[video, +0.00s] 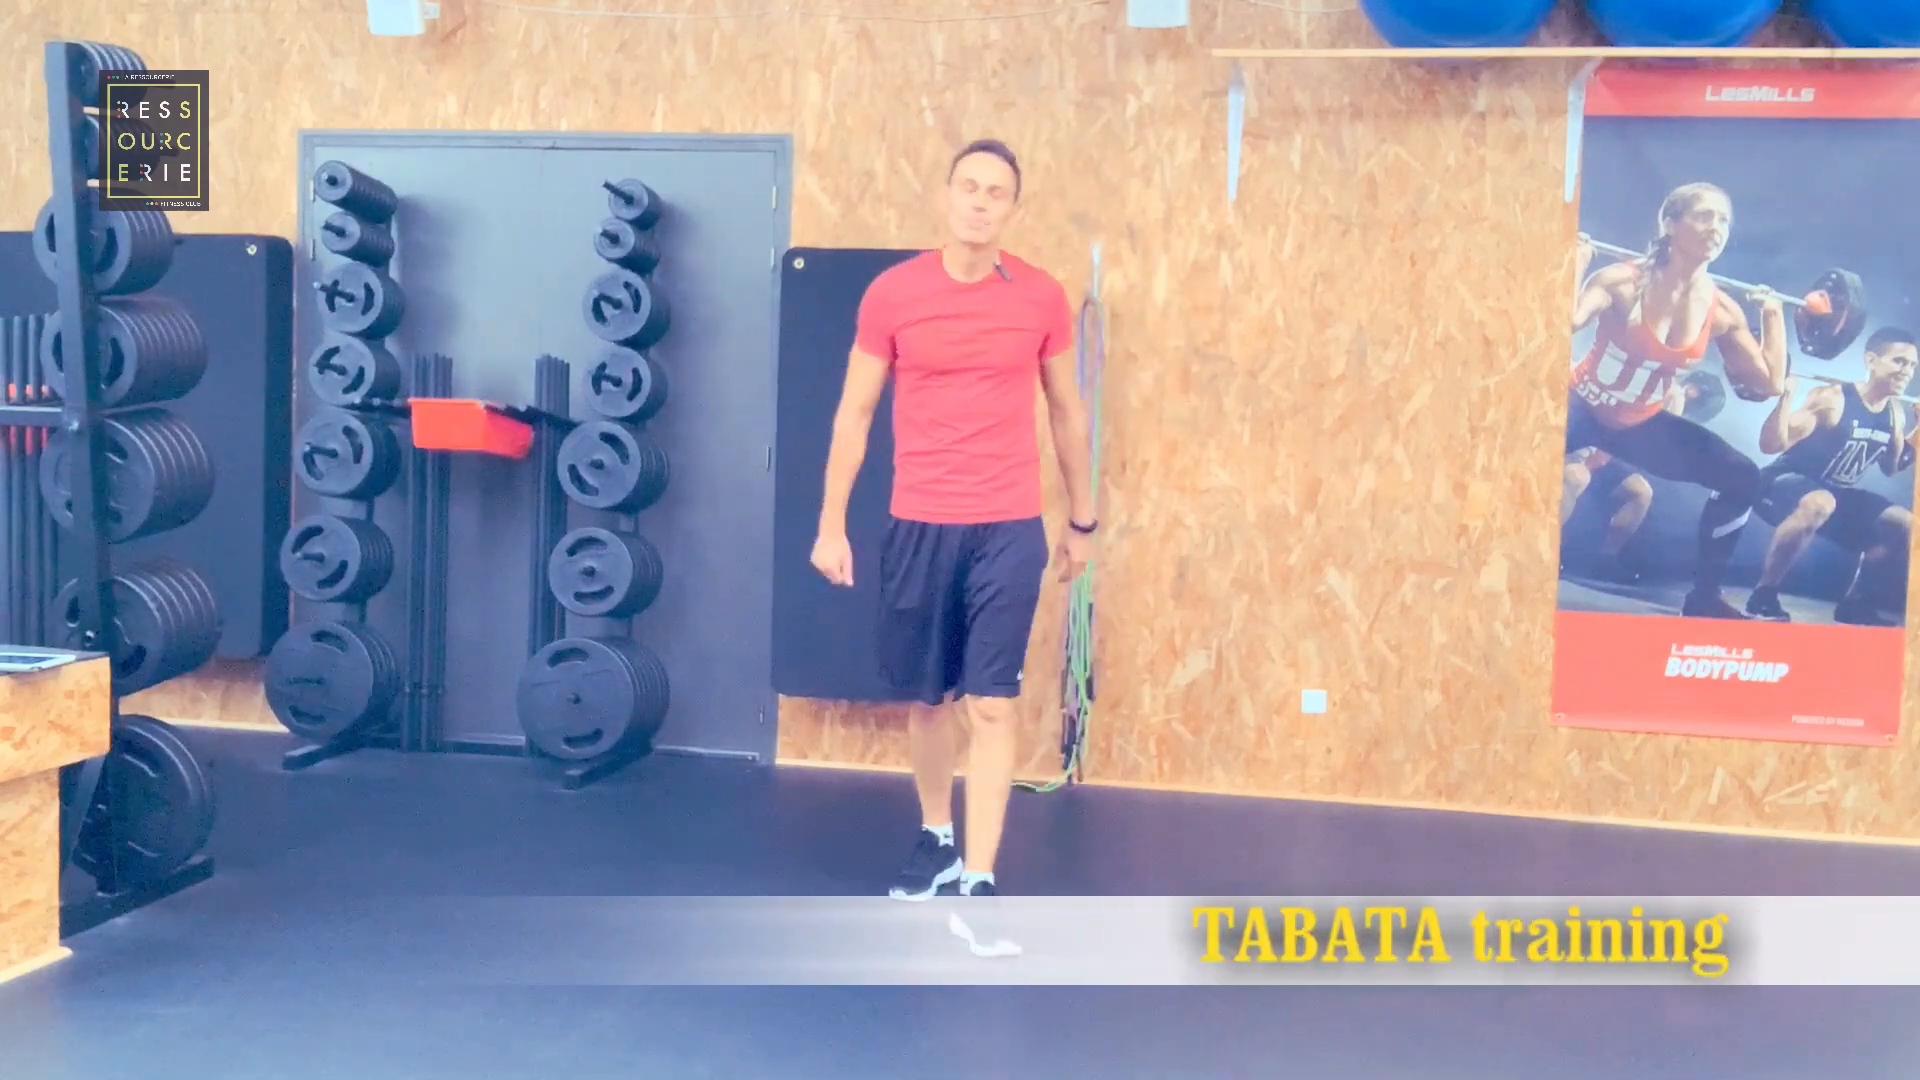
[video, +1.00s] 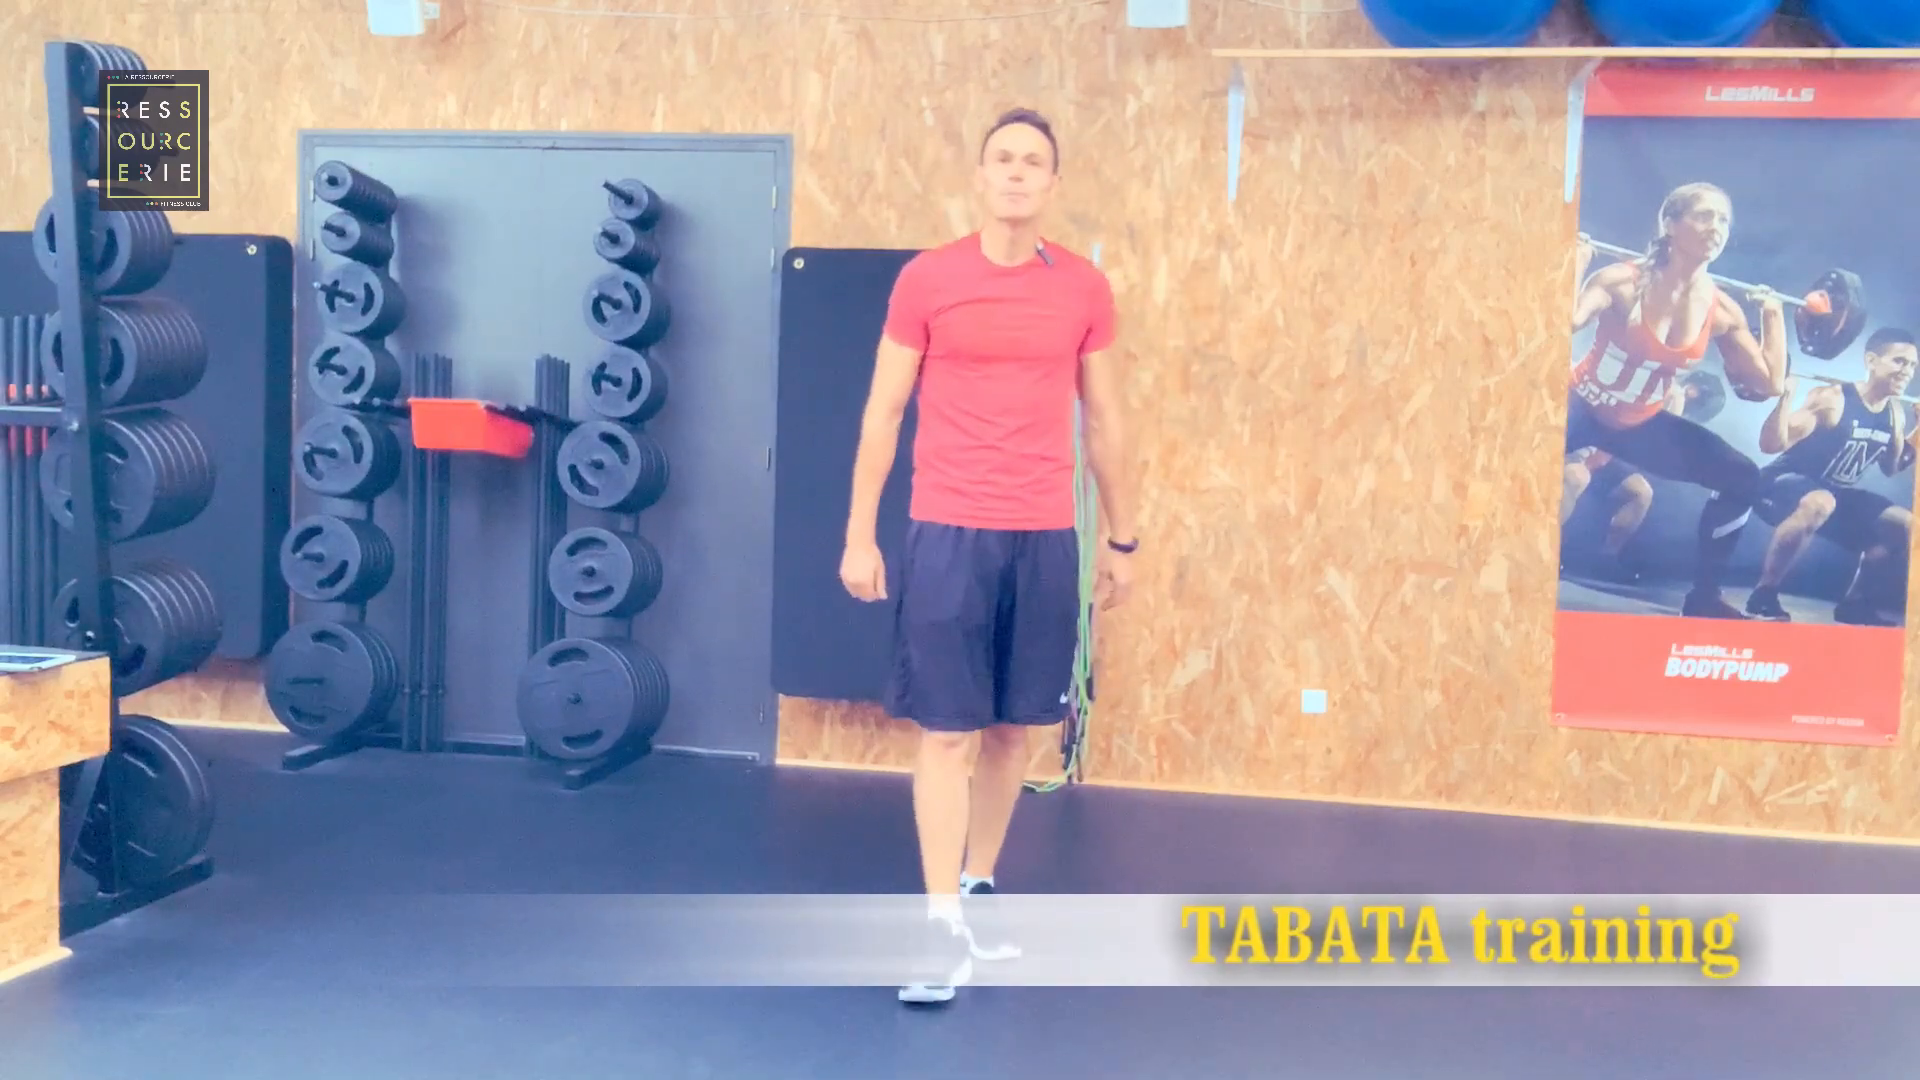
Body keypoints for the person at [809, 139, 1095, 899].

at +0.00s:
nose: (979, 202)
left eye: (995, 193)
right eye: (969, 187)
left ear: (1013, 211)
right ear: (943, 196)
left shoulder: (1043, 300)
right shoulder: (892, 293)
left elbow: (1065, 408)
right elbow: (853, 413)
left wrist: (1081, 515)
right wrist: (830, 525)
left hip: (1010, 530)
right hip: (918, 529)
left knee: (990, 704)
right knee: (927, 701)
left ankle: (978, 883)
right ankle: (937, 840)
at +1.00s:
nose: (1015, 175)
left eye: (1031, 164)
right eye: (1003, 161)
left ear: (1054, 184)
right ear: (977, 175)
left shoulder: (1084, 286)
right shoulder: (927, 277)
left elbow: (1105, 420)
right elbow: (883, 411)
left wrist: (1121, 534)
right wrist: (860, 533)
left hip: (1046, 537)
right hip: (946, 534)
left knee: (1016, 731)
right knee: (948, 732)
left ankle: (972, 890)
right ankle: (941, 924)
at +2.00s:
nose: (992, 166)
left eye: (1009, 153)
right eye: (978, 151)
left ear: (1036, 168)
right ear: (954, 163)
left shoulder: (1075, 267)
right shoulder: (911, 271)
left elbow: (1113, 395)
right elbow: (858, 408)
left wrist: (1093, 420)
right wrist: (915, 431)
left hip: (1051, 529)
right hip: (947, 530)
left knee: (1061, 736)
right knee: (944, 736)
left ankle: (1071, 902)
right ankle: (946, 929)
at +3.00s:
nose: (1074, 189)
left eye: (1090, 177)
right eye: (1062, 173)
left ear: (1111, 193)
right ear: (1040, 182)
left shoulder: (1140, 290)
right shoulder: (983, 281)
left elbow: (1165, 407)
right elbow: (923, 402)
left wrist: (1156, 497)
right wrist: (953, 490)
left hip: (1103, 530)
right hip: (1003, 529)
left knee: (1085, 725)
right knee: (968, 724)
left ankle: (1066, 908)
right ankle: (959, 851)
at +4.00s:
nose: (1038, 204)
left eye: (1053, 192)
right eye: (1026, 190)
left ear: (1075, 207)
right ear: (1006, 202)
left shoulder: (1106, 294)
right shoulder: (963, 291)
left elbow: (1141, 408)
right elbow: (910, 400)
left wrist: (1135, 447)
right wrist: (928, 438)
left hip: (1071, 522)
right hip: (982, 519)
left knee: (1060, 695)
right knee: (971, 694)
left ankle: (1042, 851)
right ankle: (959, 866)